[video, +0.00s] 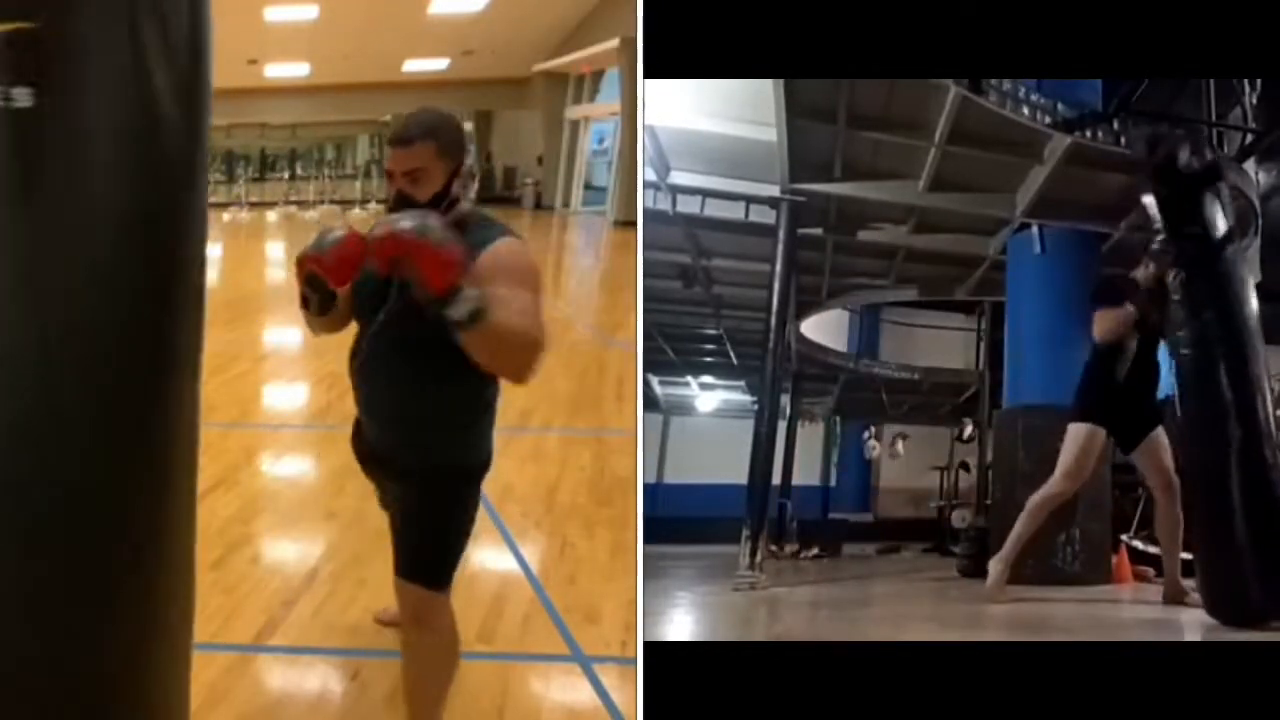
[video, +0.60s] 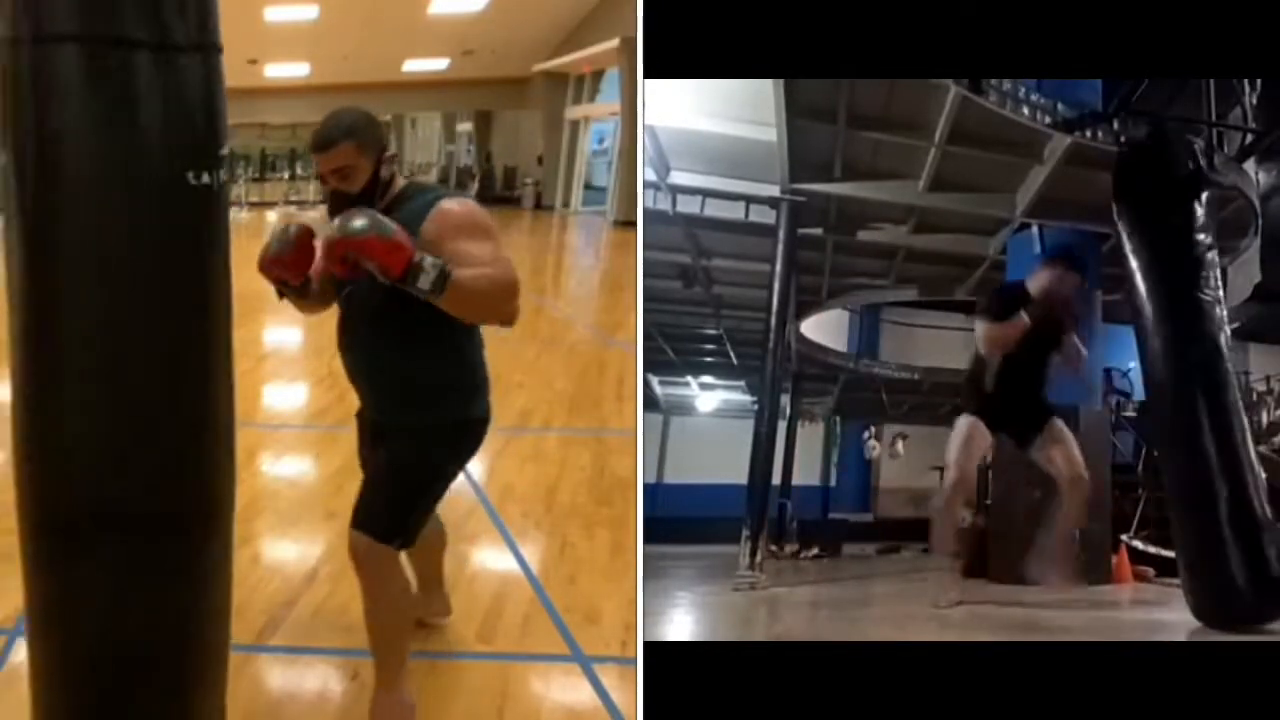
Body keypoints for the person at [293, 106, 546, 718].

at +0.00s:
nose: (401, 191)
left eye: (415, 178)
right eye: (393, 177)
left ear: (456, 173)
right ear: (386, 173)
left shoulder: (497, 251)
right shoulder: (387, 237)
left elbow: (520, 361)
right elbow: (329, 324)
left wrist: (451, 294)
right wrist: (318, 287)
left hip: (443, 449)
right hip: (377, 428)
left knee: (421, 602)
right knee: (407, 524)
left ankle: (424, 711)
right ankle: (419, 607)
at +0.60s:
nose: (332, 190)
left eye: (343, 176)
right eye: (324, 178)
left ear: (381, 161)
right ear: (319, 169)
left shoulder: (445, 215)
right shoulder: (348, 222)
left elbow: (503, 303)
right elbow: (319, 297)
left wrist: (410, 266)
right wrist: (292, 280)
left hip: (442, 413)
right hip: (380, 403)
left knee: (371, 542)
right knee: (410, 511)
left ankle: (391, 695)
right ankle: (432, 598)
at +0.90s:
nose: (329, 223)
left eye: (341, 206)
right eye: (318, 212)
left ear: (377, 188)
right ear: (310, 205)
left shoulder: (444, 233)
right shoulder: (332, 251)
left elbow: (550, 296)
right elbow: (323, 298)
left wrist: (441, 278)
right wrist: (279, 327)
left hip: (446, 448)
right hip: (368, 435)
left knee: (415, 601)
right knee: (340, 520)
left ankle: (406, 712)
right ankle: (415, 580)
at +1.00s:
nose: (364, 221)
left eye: (378, 204)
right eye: (351, 208)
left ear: (416, 186)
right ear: (338, 199)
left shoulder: (472, 238)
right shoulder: (321, 260)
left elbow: (586, 292)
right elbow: (238, 318)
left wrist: (535, 245)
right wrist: (180, 354)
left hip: (454, 453)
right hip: (369, 446)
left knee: (422, 606)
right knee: (377, 534)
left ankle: (410, 712)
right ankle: (421, 586)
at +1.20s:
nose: (363, 198)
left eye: (377, 185)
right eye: (354, 185)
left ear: (419, 174)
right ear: (347, 179)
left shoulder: (484, 237)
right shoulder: (331, 246)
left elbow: (554, 325)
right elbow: (276, 301)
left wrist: (481, 292)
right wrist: (265, 337)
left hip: (437, 447)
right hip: (357, 435)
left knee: (422, 592)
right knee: (359, 523)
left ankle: (409, 711)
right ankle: (380, 576)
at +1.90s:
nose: (326, 192)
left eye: (338, 181)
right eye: (319, 180)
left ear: (374, 170)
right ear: (313, 174)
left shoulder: (427, 236)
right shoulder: (315, 233)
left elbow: (475, 323)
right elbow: (288, 304)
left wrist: (391, 333)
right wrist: (273, 317)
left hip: (393, 413)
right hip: (334, 403)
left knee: (364, 550)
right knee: (358, 506)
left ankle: (340, 686)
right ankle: (387, 586)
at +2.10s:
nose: (319, 201)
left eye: (333, 188)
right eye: (311, 186)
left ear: (370, 178)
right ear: (304, 176)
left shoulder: (414, 237)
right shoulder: (304, 228)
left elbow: (424, 339)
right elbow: (243, 294)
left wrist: (365, 282)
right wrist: (239, 260)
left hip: (379, 420)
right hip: (317, 408)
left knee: (353, 557)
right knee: (333, 503)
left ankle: (339, 686)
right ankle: (376, 574)